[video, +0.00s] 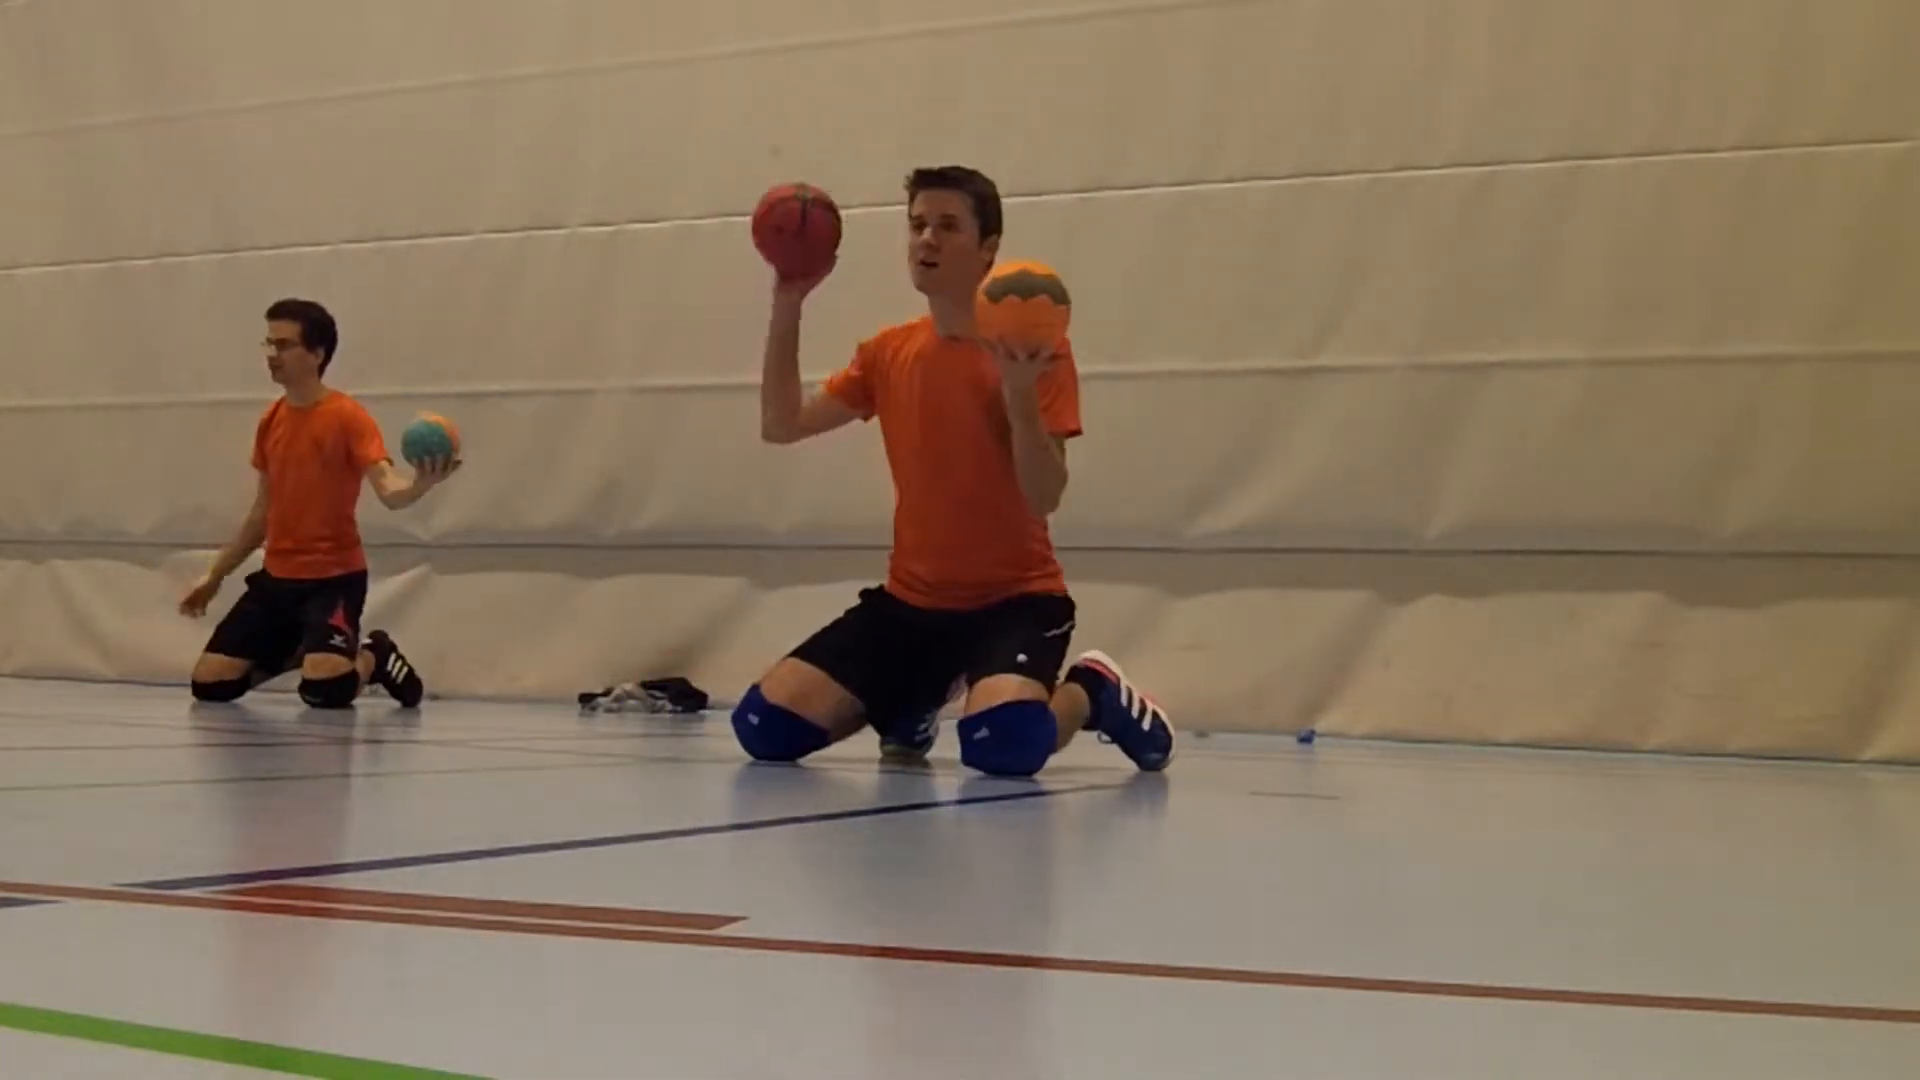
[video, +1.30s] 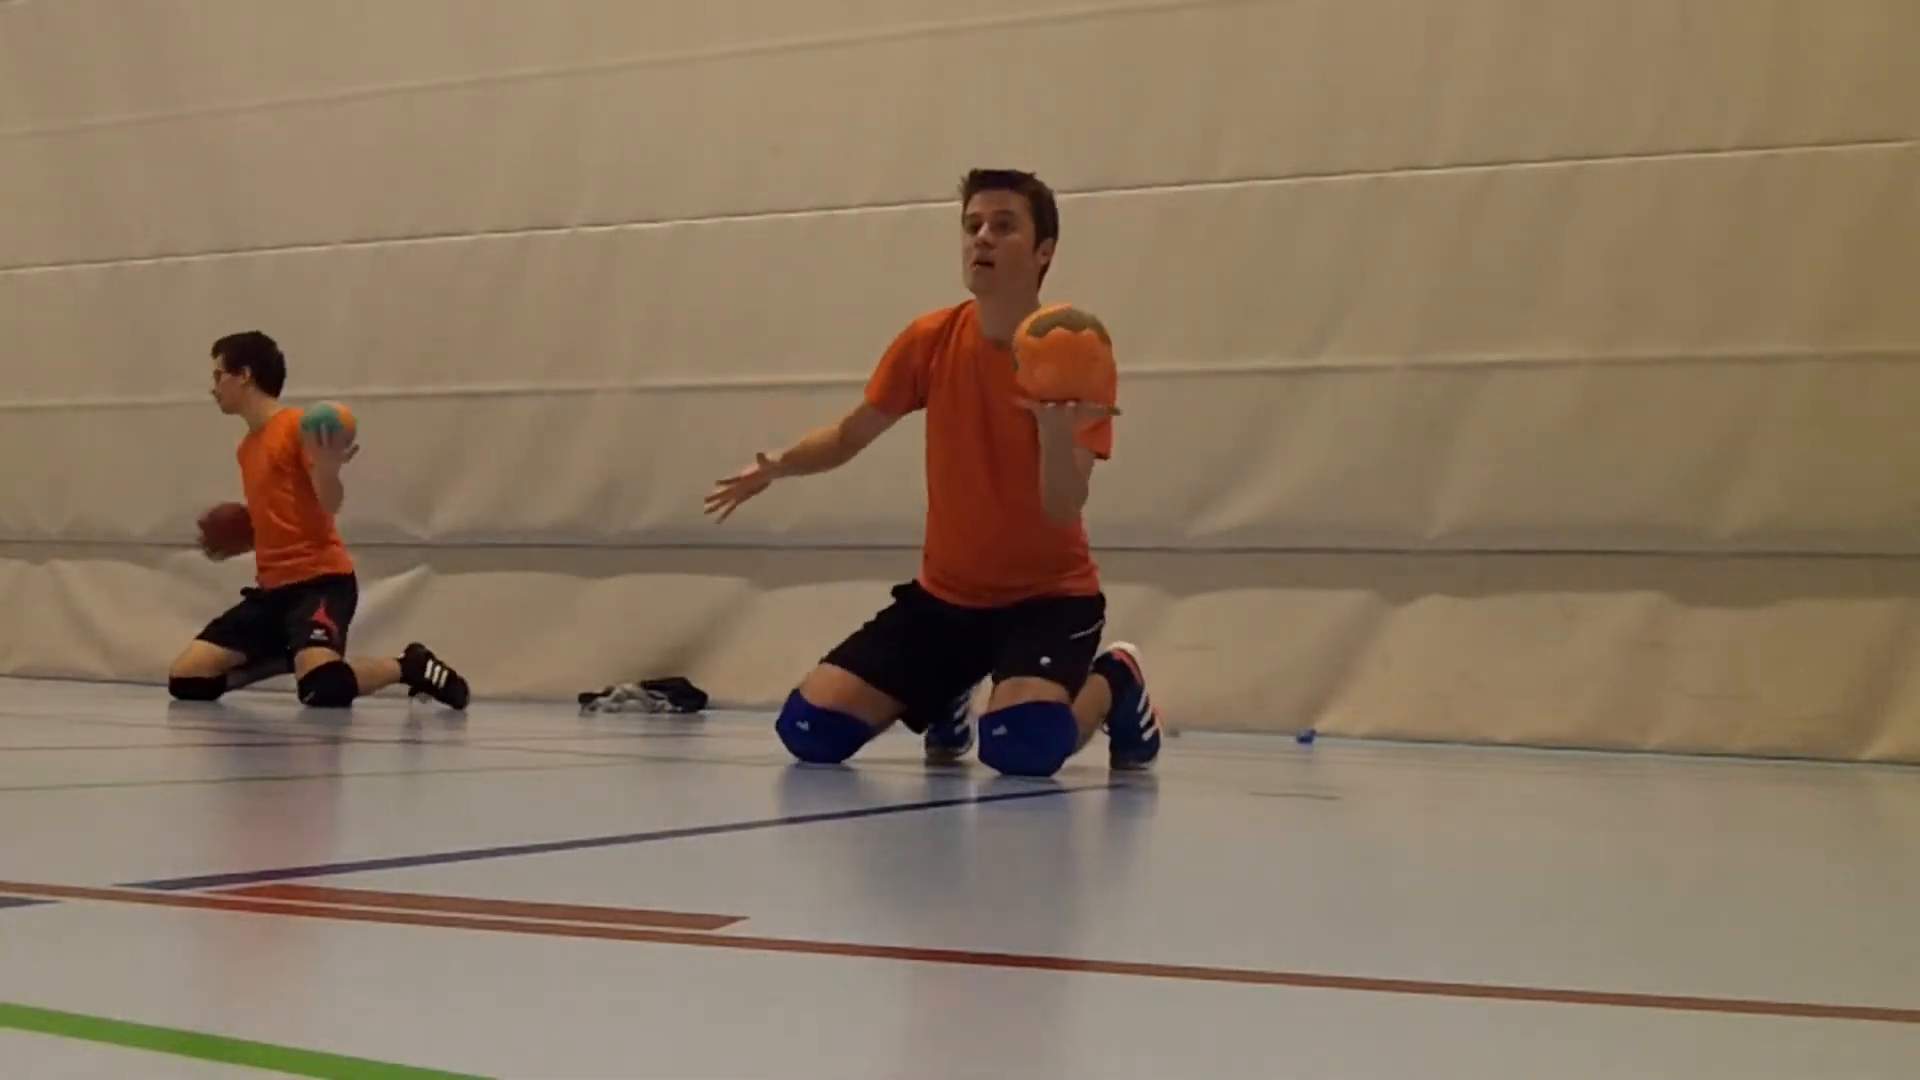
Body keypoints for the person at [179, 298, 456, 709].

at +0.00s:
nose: (270, 355)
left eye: (282, 345)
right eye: (268, 344)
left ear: (317, 354)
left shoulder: (348, 416)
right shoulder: (272, 421)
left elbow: (391, 493)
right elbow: (263, 513)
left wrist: (418, 486)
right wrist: (214, 577)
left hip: (334, 580)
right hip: (276, 580)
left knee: (323, 691)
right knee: (210, 684)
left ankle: (376, 657)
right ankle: (312, 649)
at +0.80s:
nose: (242, 384)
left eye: (252, 375)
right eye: (241, 375)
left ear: (287, 379)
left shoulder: (330, 433)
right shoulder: (258, 457)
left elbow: (366, 501)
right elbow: (243, 548)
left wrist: (390, 506)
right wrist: (172, 592)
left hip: (338, 593)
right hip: (285, 597)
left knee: (309, 690)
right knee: (196, 681)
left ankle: (374, 662)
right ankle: (304, 652)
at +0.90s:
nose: (226, 394)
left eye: (236, 384)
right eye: (225, 385)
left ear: (272, 391)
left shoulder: (316, 439)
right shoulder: (244, 472)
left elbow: (354, 501)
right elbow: (201, 545)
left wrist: (379, 496)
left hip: (338, 595)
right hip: (286, 602)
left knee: (323, 690)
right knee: (192, 679)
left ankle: (380, 663)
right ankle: (303, 658)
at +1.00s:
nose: (206, 404)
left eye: (215, 393)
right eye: (207, 394)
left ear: (249, 396)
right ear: (237, 400)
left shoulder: (298, 440)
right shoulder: (221, 475)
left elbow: (340, 501)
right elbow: (158, 525)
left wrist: (367, 486)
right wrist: (76, 525)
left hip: (334, 590)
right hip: (282, 605)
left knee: (335, 685)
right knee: (188, 680)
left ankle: (414, 672)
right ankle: (309, 663)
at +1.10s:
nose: (197, 400)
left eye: (205, 389)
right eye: (198, 390)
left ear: (236, 391)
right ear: (226, 393)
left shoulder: (289, 433)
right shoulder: (217, 464)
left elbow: (331, 500)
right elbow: (168, 513)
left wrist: (351, 484)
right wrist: (94, 500)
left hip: (326, 586)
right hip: (275, 600)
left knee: (340, 686)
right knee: (187, 681)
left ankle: (435, 670)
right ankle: (303, 660)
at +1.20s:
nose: (199, 390)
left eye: (205, 379)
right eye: (201, 379)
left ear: (231, 382)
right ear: (231, 383)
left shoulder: (288, 426)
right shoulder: (230, 455)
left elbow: (329, 499)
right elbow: (234, 521)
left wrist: (341, 477)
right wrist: (167, 514)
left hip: (322, 583)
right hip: (272, 594)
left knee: (333, 686)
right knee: (188, 682)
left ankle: (431, 669)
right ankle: (300, 659)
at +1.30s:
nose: (212, 387)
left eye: (217, 376)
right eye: (213, 377)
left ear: (244, 377)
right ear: (241, 378)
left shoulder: (297, 426)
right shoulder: (248, 448)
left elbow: (330, 504)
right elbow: (276, 521)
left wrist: (327, 469)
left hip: (321, 584)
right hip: (272, 592)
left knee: (321, 687)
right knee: (187, 681)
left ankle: (410, 668)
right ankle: (299, 657)